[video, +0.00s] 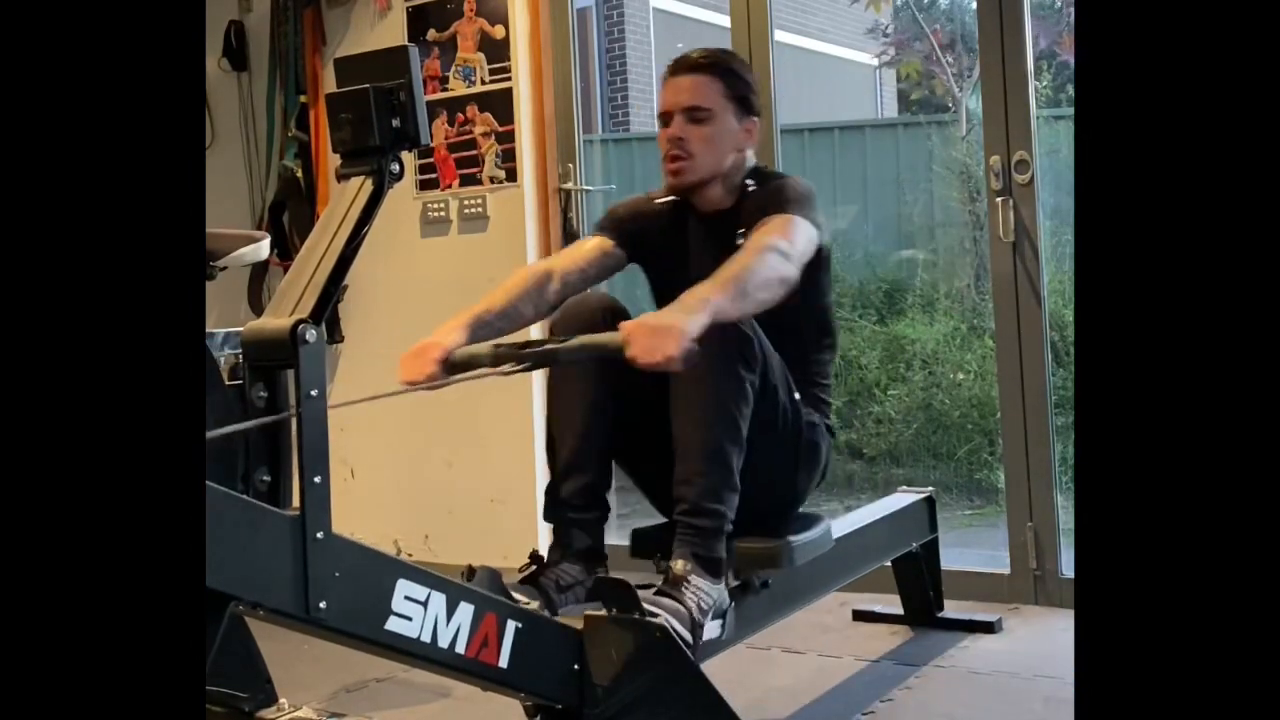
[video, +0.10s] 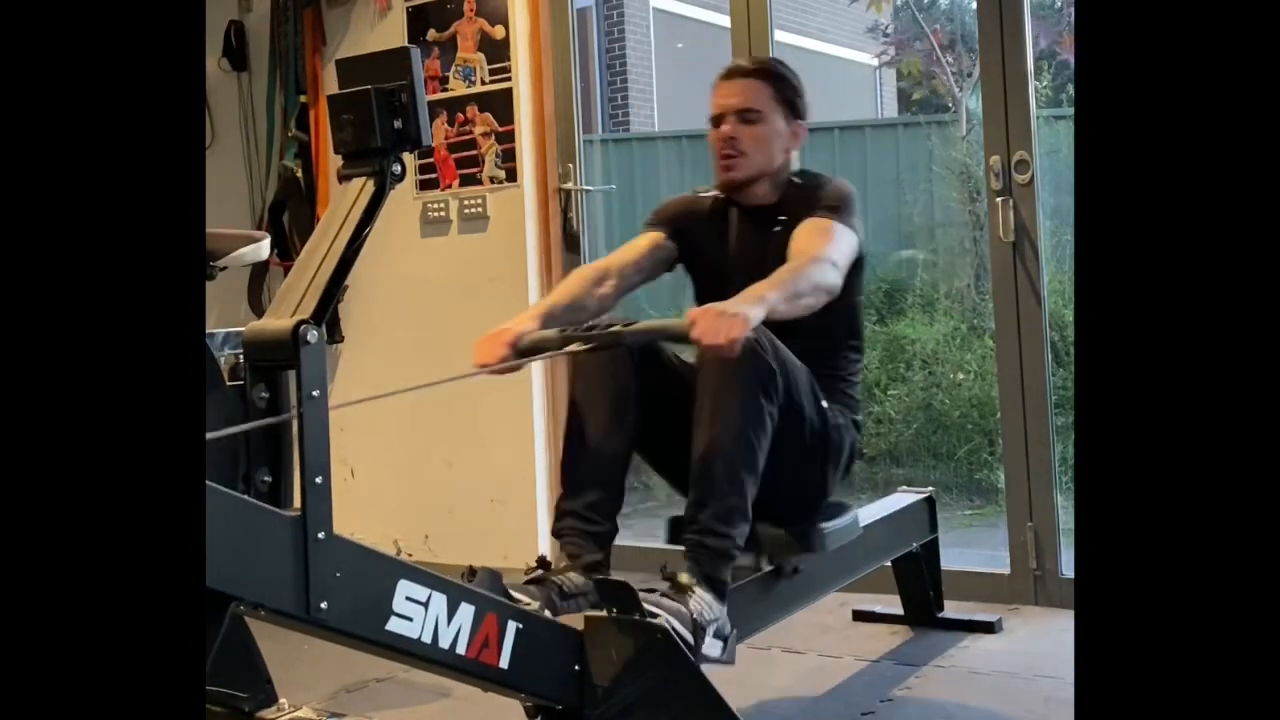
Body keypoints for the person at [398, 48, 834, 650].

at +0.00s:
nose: (673, 134)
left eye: (696, 118)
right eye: (665, 120)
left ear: (747, 133)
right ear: (656, 133)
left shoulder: (787, 200)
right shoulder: (645, 220)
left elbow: (773, 263)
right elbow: (554, 278)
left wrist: (691, 310)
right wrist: (460, 330)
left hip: (774, 467)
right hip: (680, 465)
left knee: (717, 330)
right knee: (584, 314)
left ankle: (699, 575)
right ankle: (575, 560)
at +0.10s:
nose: (725, 133)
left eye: (746, 118)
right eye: (717, 121)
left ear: (796, 135)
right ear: (708, 133)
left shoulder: (826, 202)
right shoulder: (692, 215)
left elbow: (819, 272)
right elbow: (609, 277)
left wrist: (748, 306)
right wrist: (530, 323)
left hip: (807, 464)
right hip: (718, 458)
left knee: (739, 345)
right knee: (606, 351)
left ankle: (702, 594)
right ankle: (576, 570)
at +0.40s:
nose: (831, 166)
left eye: (847, 151)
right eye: (821, 155)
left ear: (887, 160)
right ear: (812, 163)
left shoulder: (913, 226)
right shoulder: (794, 232)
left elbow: (959, 290)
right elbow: (725, 283)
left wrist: (886, 286)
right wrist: (676, 296)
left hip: (862, 405)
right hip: (777, 400)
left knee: (789, 468)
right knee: (689, 466)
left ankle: (718, 623)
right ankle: (589, 593)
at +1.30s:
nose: (660, 136)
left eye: (683, 118)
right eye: (651, 121)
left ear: (736, 133)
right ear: (643, 132)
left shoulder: (777, 203)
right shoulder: (634, 220)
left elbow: (760, 272)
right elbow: (541, 280)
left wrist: (680, 318)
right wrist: (443, 332)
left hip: (771, 467)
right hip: (677, 465)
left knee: (713, 334)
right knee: (580, 315)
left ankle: (697, 575)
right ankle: (575, 562)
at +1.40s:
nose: (715, 134)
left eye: (737, 118)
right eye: (707, 122)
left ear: (786, 132)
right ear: (697, 134)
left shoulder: (816, 201)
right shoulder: (683, 218)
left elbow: (805, 272)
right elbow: (601, 279)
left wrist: (734, 310)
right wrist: (518, 325)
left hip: (801, 462)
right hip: (711, 455)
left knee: (735, 346)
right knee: (604, 348)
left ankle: (702, 591)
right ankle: (581, 568)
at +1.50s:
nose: (758, 135)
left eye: (779, 121)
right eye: (749, 124)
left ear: (825, 136)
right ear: (740, 136)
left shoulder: (851, 200)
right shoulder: (724, 217)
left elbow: (844, 264)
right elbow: (646, 276)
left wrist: (786, 294)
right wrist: (574, 314)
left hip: (836, 438)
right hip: (746, 426)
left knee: (760, 371)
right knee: (637, 381)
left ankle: (707, 606)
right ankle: (582, 580)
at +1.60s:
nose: (793, 144)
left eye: (812, 130)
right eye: (785, 132)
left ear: (855, 142)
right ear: (776, 142)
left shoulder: (881, 203)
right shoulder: (758, 220)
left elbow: (894, 267)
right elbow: (686, 275)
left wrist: (833, 283)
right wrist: (624, 302)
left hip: (855, 403)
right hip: (765, 394)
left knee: (779, 425)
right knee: (662, 423)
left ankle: (710, 618)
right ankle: (587, 584)